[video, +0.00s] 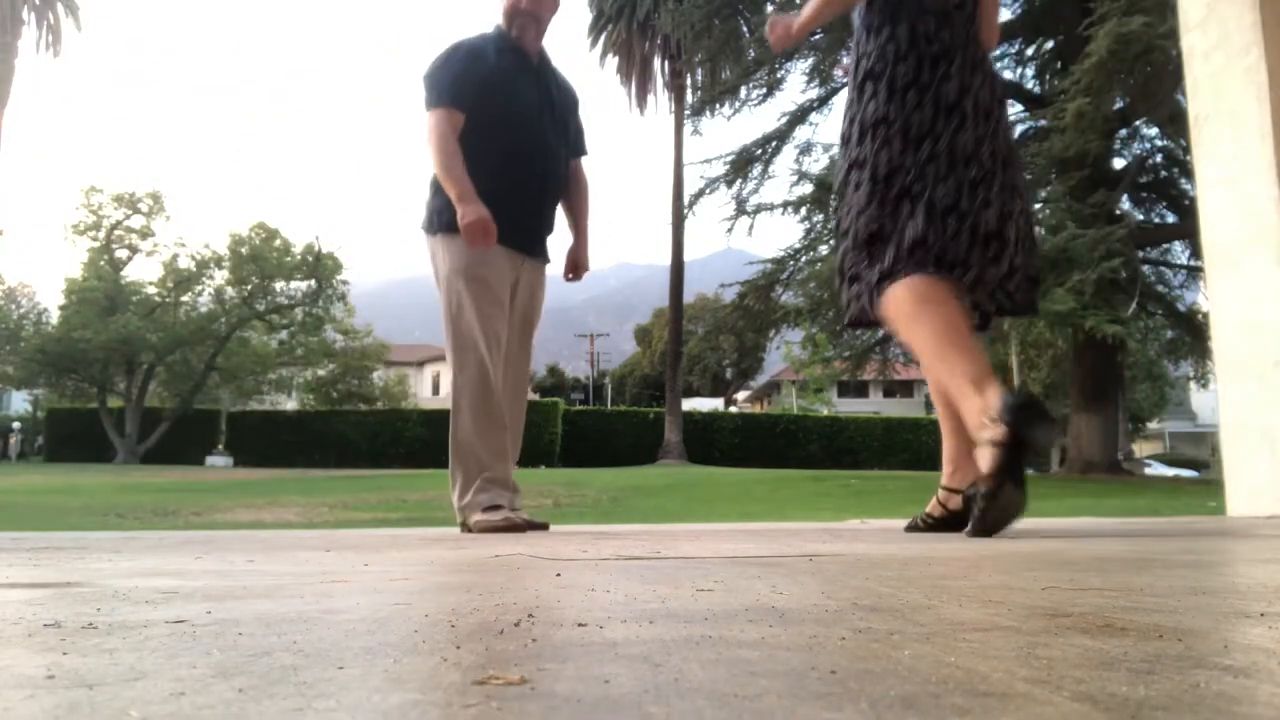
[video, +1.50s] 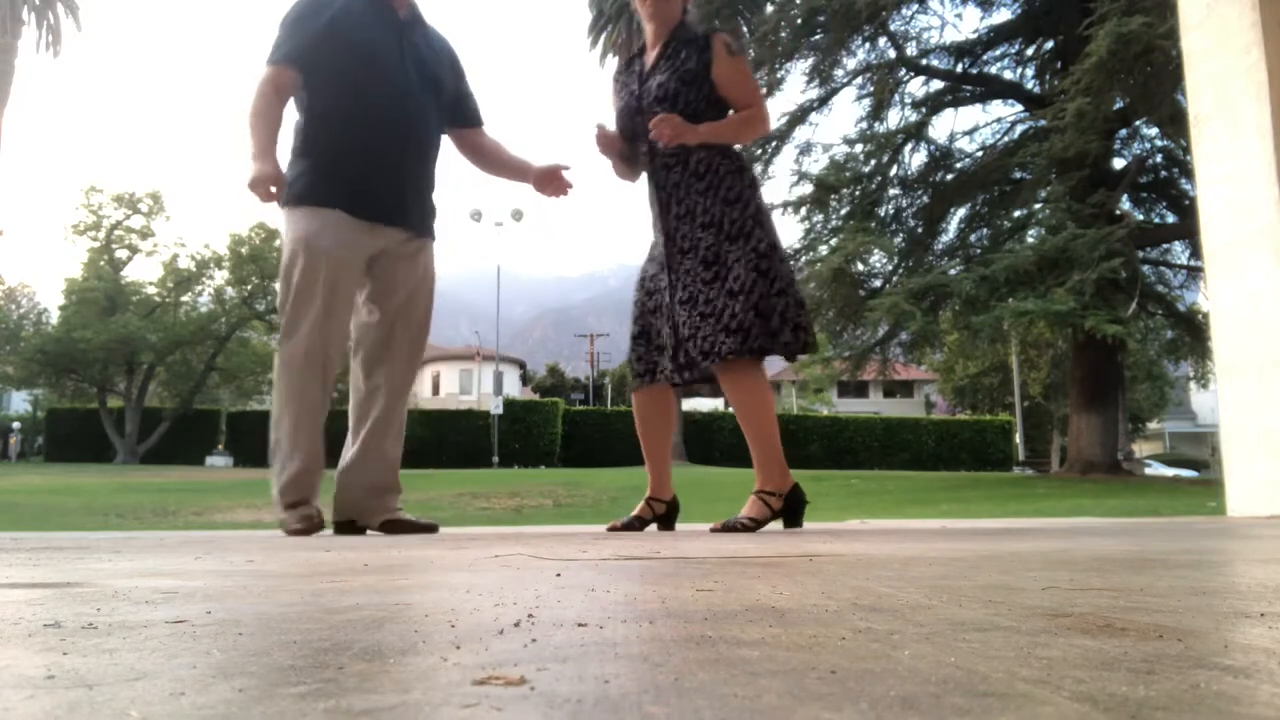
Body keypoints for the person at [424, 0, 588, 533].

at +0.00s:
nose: (539, 7)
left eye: (546, 1)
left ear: (552, 11)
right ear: (512, 3)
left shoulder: (560, 91)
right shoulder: (468, 57)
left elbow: (573, 170)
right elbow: (441, 133)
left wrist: (580, 237)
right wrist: (466, 201)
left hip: (528, 248)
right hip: (472, 236)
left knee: (513, 368)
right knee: (479, 363)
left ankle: (498, 497)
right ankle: (479, 499)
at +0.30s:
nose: (505, 22)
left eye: (518, 14)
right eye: (498, 11)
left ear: (535, 24)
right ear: (484, 16)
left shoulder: (545, 110)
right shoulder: (453, 73)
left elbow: (557, 185)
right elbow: (419, 134)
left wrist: (566, 249)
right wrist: (443, 138)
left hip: (518, 255)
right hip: (456, 243)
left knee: (502, 376)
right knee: (452, 370)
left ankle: (492, 499)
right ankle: (450, 500)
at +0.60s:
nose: (483, 20)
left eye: (495, 13)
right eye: (476, 10)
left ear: (510, 25)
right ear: (461, 16)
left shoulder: (521, 113)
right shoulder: (430, 69)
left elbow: (531, 190)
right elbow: (394, 128)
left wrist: (541, 261)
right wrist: (421, 106)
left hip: (497, 255)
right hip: (431, 241)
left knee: (489, 381)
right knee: (409, 368)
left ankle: (485, 505)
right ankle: (374, 498)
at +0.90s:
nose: (435, 8)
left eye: (443, 3)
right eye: (426, 0)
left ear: (453, 13)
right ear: (407, 6)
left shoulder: (468, 104)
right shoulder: (372, 58)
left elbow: (482, 185)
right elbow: (341, 139)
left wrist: (519, 247)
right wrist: (330, 223)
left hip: (448, 260)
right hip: (375, 243)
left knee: (462, 384)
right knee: (344, 373)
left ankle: (485, 506)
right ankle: (306, 503)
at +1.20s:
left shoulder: (432, 60)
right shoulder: (327, 15)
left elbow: (469, 142)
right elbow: (271, 101)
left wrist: (529, 186)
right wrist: (258, 198)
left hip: (415, 229)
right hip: (334, 220)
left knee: (424, 363)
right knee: (317, 362)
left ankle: (410, 503)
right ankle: (303, 503)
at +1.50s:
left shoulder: (438, 49)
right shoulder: (325, 10)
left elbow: (471, 139)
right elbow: (274, 86)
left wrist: (531, 173)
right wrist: (263, 158)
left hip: (407, 224)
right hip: (326, 209)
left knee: (389, 368)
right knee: (309, 357)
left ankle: (366, 507)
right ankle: (297, 503)